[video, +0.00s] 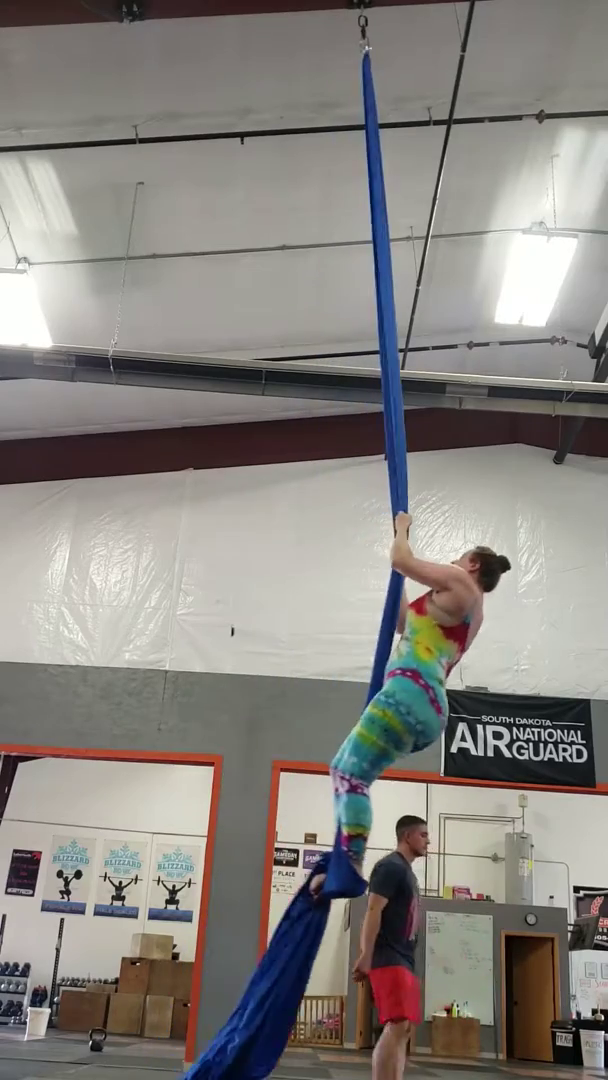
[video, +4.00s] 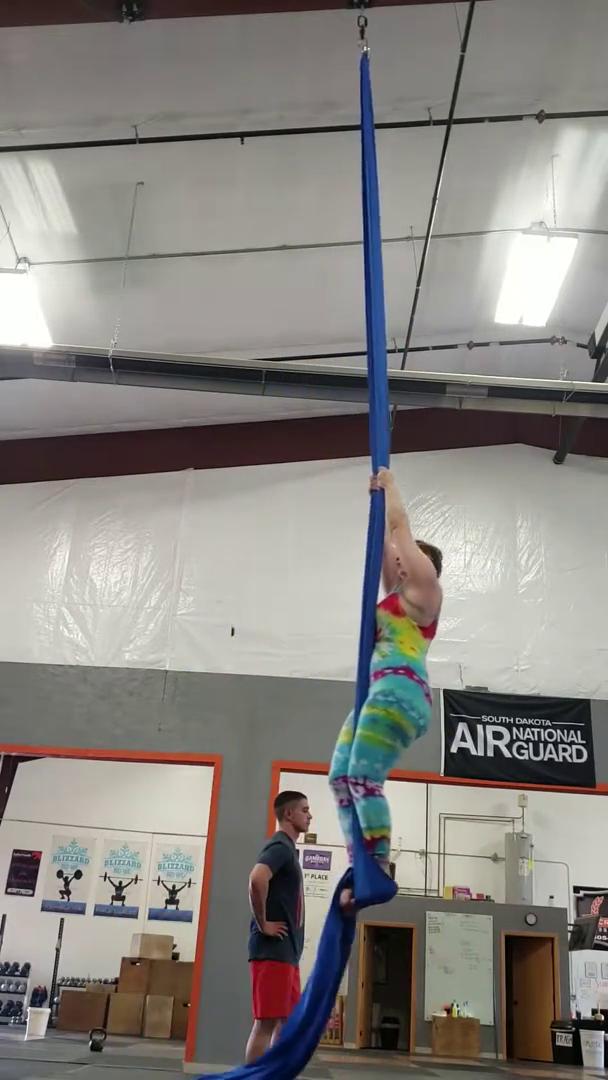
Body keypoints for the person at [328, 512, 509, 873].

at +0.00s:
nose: (456, 560)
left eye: (463, 556)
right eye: (462, 556)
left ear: (473, 563)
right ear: (482, 573)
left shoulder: (461, 582)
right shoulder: (473, 609)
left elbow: (402, 560)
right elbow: (406, 623)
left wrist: (402, 530)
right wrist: (396, 577)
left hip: (410, 692)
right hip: (431, 709)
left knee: (348, 771)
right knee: (352, 774)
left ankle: (348, 868)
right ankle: (348, 865)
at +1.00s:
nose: (435, 556)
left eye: (441, 553)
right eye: (439, 553)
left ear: (450, 562)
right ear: (459, 569)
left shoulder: (445, 586)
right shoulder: (439, 591)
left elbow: (386, 565)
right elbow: (391, 563)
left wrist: (392, 532)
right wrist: (390, 513)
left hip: (391, 692)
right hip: (405, 702)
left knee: (339, 776)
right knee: (332, 774)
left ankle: (335, 871)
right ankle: (332, 867)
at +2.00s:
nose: (300, 573)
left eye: (307, 573)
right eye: (304, 573)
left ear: (311, 583)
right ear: (317, 594)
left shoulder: (296, 596)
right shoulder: (299, 616)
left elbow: (277, 538)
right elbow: (268, 565)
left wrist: (276, 501)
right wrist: (277, 516)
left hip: (240, 696)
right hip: (257, 712)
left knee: (184, 773)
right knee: (179, 771)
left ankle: (176, 865)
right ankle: (173, 861)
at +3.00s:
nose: (292, 564)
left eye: (302, 562)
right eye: (298, 558)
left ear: (309, 573)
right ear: (300, 571)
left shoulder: (298, 592)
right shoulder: (272, 592)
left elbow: (275, 537)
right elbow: (261, 548)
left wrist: (279, 498)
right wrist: (266, 503)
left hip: (250, 696)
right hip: (234, 693)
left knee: (203, 779)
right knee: (187, 777)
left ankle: (204, 870)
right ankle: (195, 867)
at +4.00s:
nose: (392, 560)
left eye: (400, 554)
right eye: (389, 554)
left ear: (419, 564)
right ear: (390, 563)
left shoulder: (423, 594)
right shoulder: (388, 601)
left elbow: (400, 530)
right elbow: (380, 543)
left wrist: (390, 486)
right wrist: (377, 500)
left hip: (401, 691)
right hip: (375, 692)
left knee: (364, 774)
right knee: (340, 775)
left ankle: (378, 870)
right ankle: (361, 867)